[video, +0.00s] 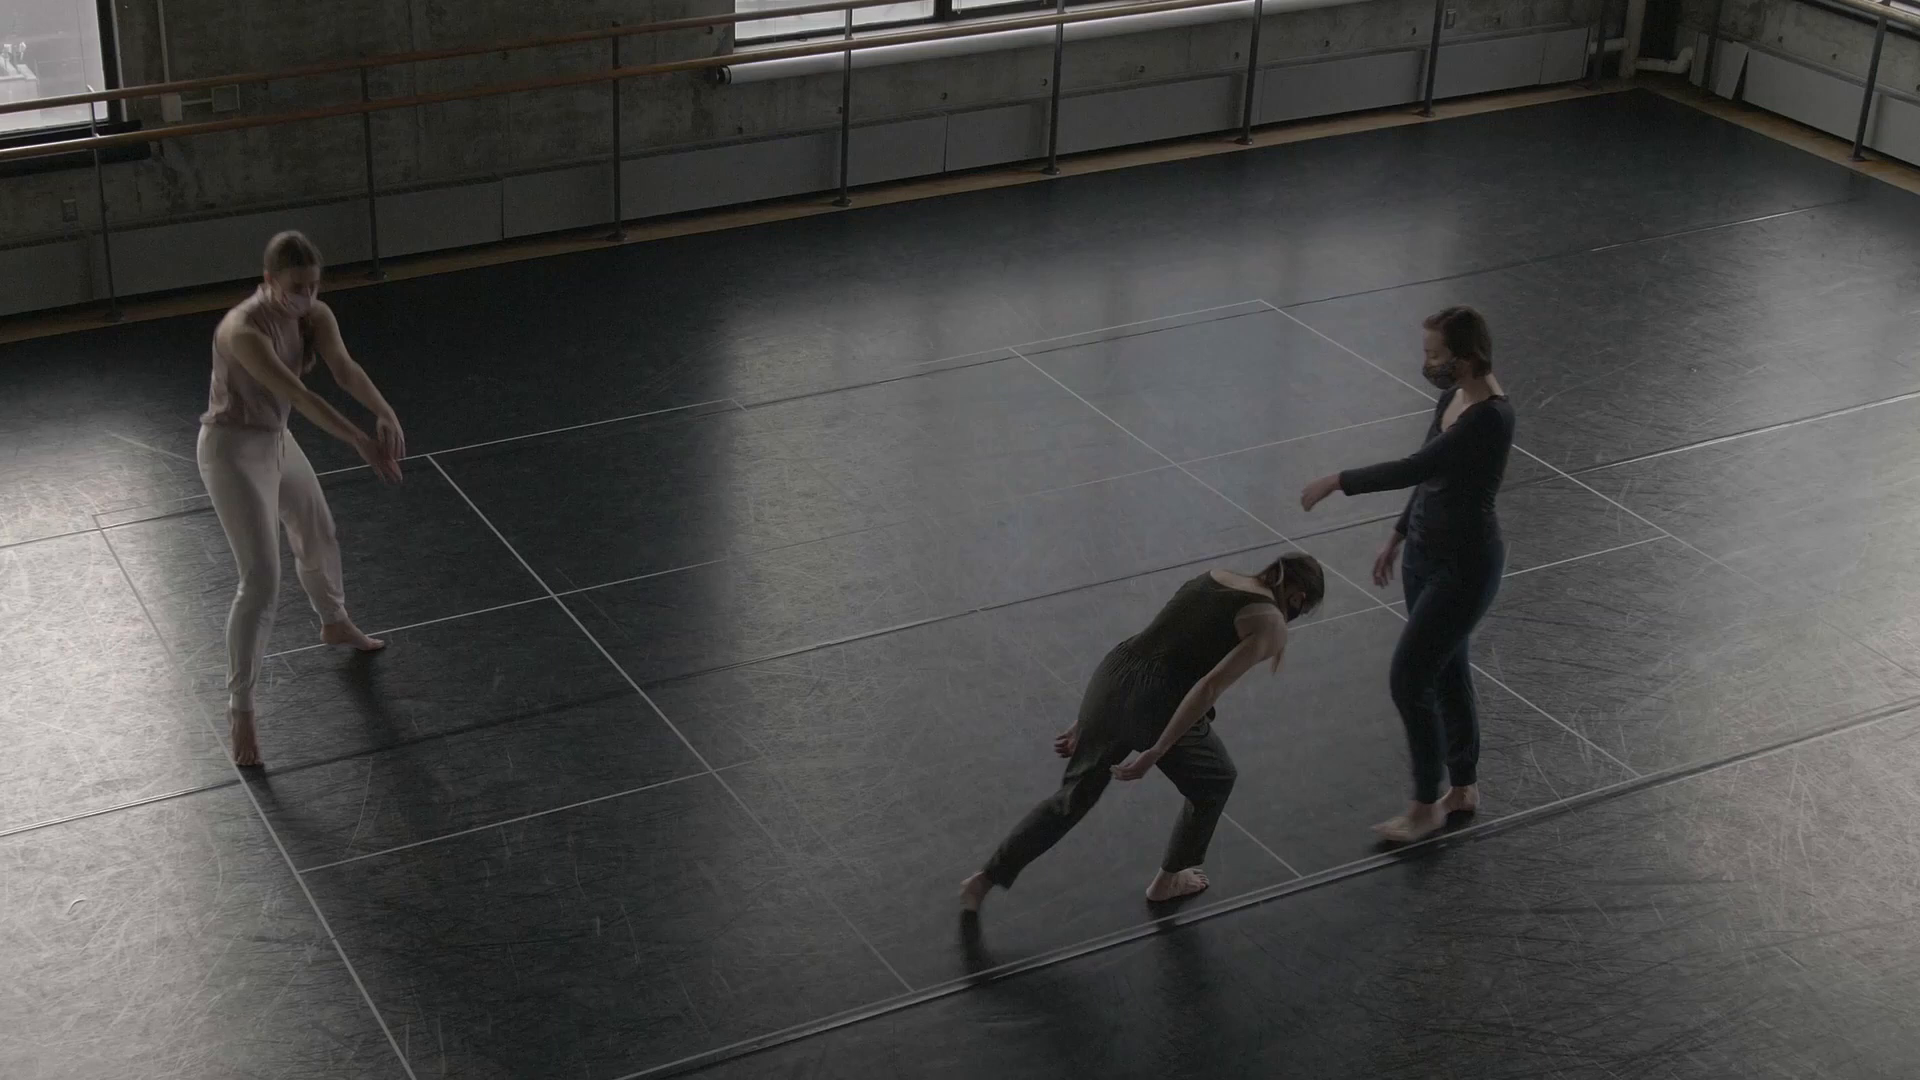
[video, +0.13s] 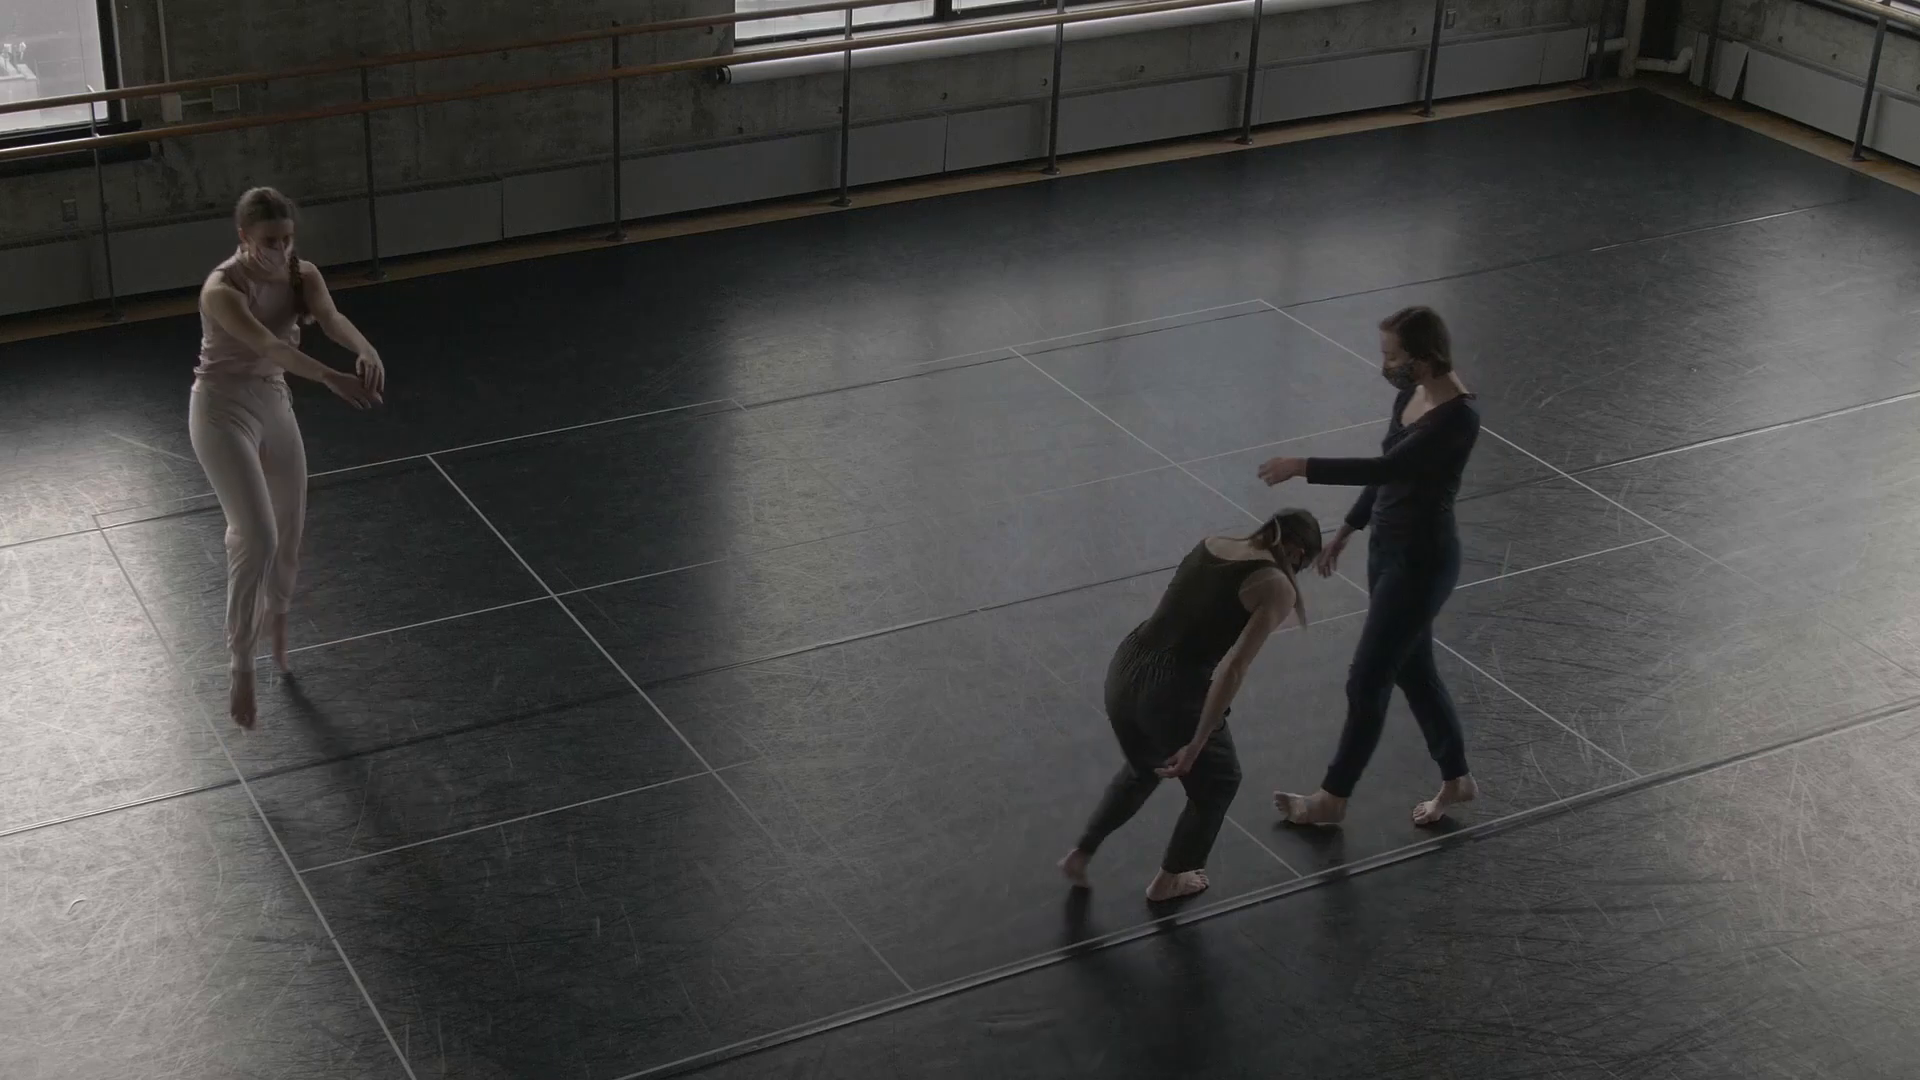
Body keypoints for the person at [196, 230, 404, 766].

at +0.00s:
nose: (305, 301)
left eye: (311, 290)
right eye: (294, 290)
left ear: (317, 282)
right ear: (268, 280)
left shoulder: (315, 314)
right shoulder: (240, 329)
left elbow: (344, 367)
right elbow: (297, 396)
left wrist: (385, 412)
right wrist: (361, 442)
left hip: (278, 442)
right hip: (231, 450)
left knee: (318, 529)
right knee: (259, 582)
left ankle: (335, 621)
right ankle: (241, 709)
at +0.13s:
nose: (280, 252)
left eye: (286, 241)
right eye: (269, 244)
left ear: (294, 234)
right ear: (243, 238)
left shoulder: (303, 274)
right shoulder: (220, 291)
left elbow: (331, 318)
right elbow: (267, 347)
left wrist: (366, 350)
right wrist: (329, 377)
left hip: (276, 405)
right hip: (220, 408)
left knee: (289, 534)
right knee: (257, 536)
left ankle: (276, 618)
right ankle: (241, 663)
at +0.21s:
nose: (269, 250)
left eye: (274, 238)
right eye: (257, 241)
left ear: (281, 232)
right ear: (231, 235)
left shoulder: (296, 273)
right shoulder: (210, 289)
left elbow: (326, 312)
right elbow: (244, 341)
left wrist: (357, 333)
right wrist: (298, 360)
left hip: (270, 410)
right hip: (213, 411)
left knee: (269, 521)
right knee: (262, 512)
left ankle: (244, 624)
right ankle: (242, 630)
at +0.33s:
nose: (252, 272)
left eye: (258, 260)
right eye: (241, 263)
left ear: (266, 257)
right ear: (219, 260)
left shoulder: (287, 301)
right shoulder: (198, 316)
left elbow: (325, 339)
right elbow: (209, 361)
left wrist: (360, 357)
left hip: (269, 432)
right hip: (209, 429)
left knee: (241, 538)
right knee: (250, 474)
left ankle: (216, 639)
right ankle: (251, 603)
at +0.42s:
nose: (250, 277)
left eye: (256, 266)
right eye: (240, 269)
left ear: (264, 261)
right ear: (216, 265)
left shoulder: (282, 309)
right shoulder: (193, 323)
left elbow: (329, 364)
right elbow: (190, 386)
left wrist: (376, 395)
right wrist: (192, 428)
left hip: (271, 439)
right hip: (212, 439)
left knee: (244, 545)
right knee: (244, 477)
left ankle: (214, 644)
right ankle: (259, 609)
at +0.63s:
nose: (246, 279)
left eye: (254, 269)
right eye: (236, 269)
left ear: (265, 268)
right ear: (216, 267)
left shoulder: (284, 320)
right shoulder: (192, 328)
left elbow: (304, 387)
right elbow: (166, 401)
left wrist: (334, 442)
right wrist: (131, 473)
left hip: (271, 452)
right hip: (213, 453)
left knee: (243, 559)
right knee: (241, 565)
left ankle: (217, 642)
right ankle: (257, 692)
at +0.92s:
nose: (271, 342)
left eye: (277, 332)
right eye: (260, 334)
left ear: (287, 317)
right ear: (236, 319)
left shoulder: (294, 339)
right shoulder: (202, 355)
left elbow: (280, 371)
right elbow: (150, 384)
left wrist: (286, 384)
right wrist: (116, 409)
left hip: (268, 459)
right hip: (211, 469)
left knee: (249, 577)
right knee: (238, 596)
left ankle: (249, 664)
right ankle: (252, 723)